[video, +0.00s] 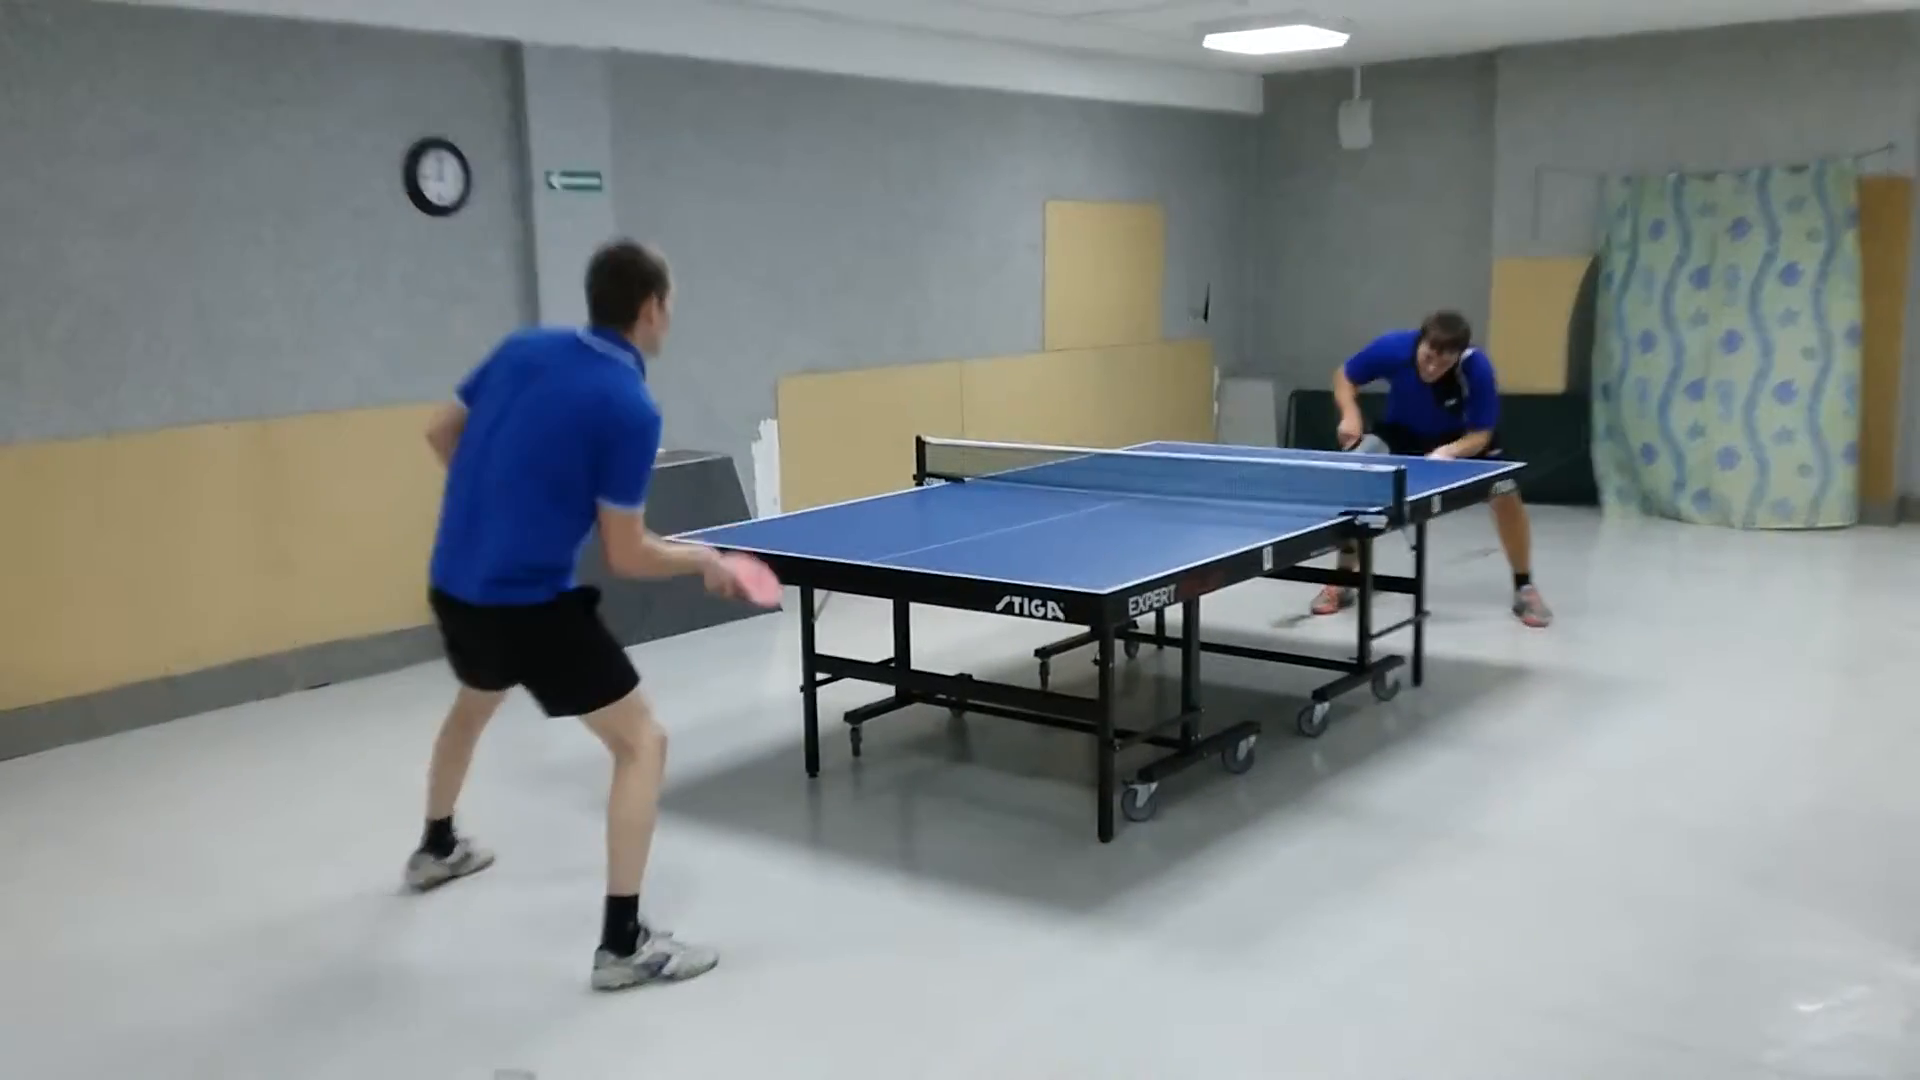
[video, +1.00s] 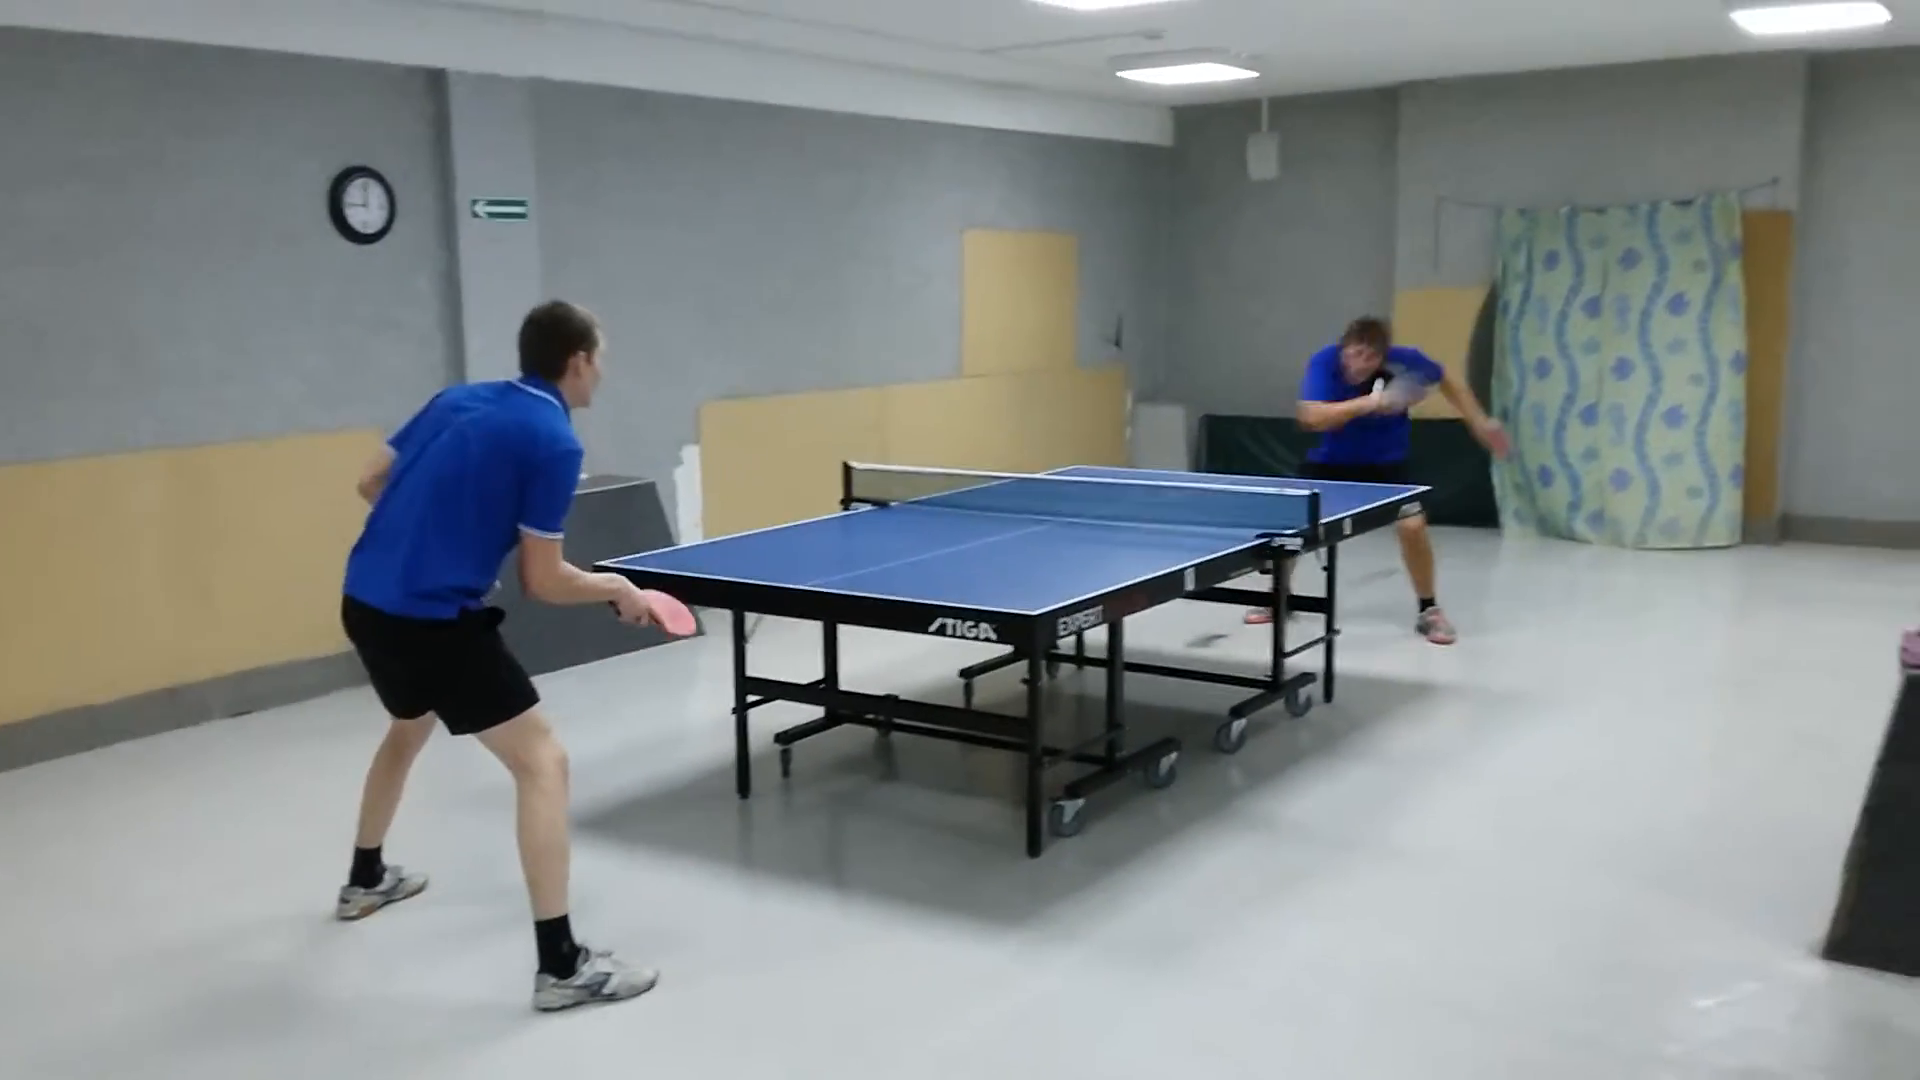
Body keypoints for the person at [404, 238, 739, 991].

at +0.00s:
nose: (669, 318)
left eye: (666, 304)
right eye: (667, 305)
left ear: (596, 303)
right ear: (650, 311)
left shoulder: (526, 348)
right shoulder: (628, 407)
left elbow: (442, 429)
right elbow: (627, 556)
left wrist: (497, 495)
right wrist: (702, 560)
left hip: (456, 582)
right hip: (534, 600)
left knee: (478, 696)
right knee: (641, 742)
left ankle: (435, 846)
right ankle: (623, 942)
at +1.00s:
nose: (599, 373)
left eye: (597, 360)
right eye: (597, 361)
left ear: (528, 359)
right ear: (576, 364)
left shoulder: (458, 399)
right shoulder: (553, 440)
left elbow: (372, 481)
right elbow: (543, 578)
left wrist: (442, 529)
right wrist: (616, 589)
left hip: (367, 603)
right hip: (437, 616)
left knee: (410, 726)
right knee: (542, 764)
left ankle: (363, 880)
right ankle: (560, 965)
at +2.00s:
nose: (360, 220)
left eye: (354, 206)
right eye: (353, 207)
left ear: (275, 218)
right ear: (330, 216)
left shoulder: (212, 291)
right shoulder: (363, 292)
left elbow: (91, 359)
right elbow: (510, 319)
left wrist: (73, 408)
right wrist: (647, 308)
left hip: (237, 555)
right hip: (338, 551)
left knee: (266, 683)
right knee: (430, 721)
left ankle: (212, 856)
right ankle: (447, 920)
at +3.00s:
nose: (110, 423)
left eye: (104, 409)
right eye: (103, 409)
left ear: (28, 421)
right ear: (79, 414)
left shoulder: (7, 469)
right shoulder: (102, 481)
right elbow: (268, 513)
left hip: (2, 710)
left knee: (46, 857)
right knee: (55, 858)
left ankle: (146, 1055)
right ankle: (150, 1059)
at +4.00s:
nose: (122, 404)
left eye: (118, 388)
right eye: (115, 389)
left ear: (47, 396)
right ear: (86, 393)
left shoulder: (11, 454)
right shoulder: (98, 469)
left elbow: (19, 570)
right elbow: (146, 607)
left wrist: (76, 624)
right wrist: (119, 675)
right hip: (27, 682)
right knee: (153, 822)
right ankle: (149, 1032)